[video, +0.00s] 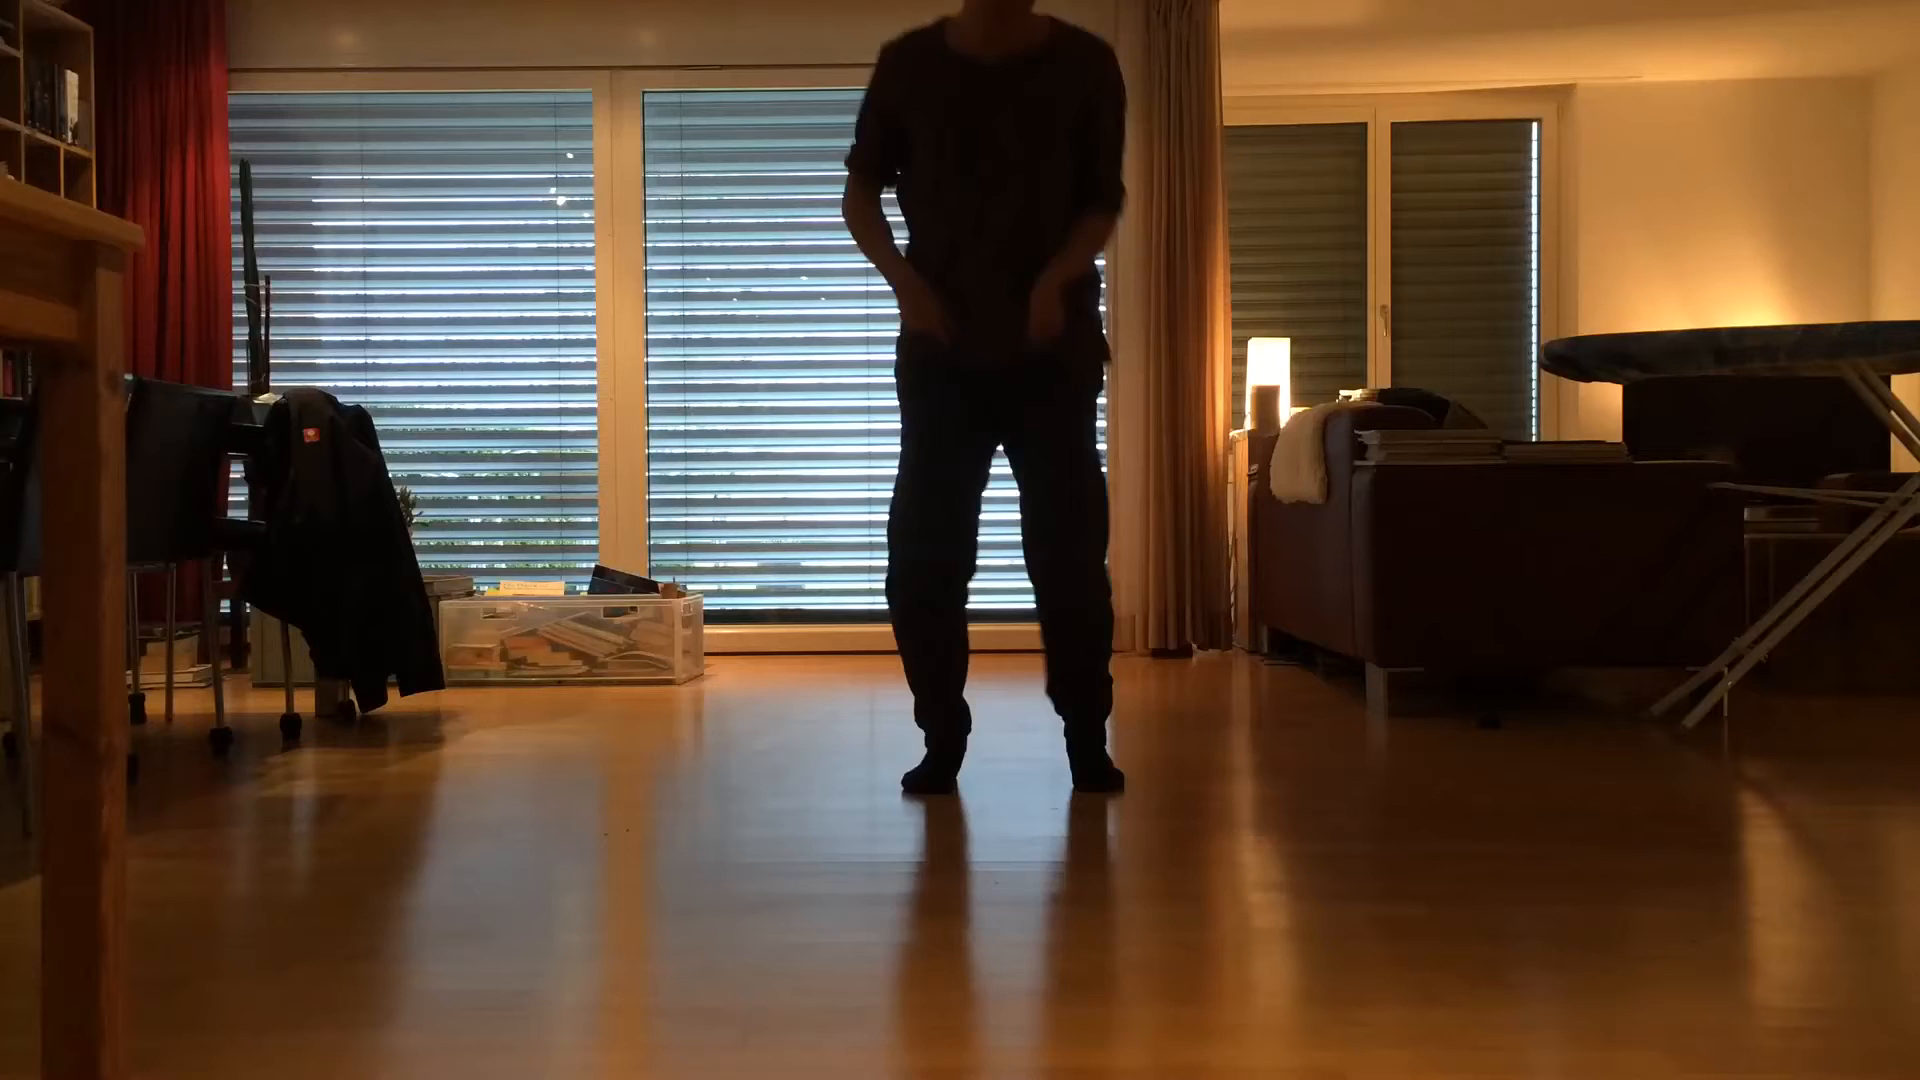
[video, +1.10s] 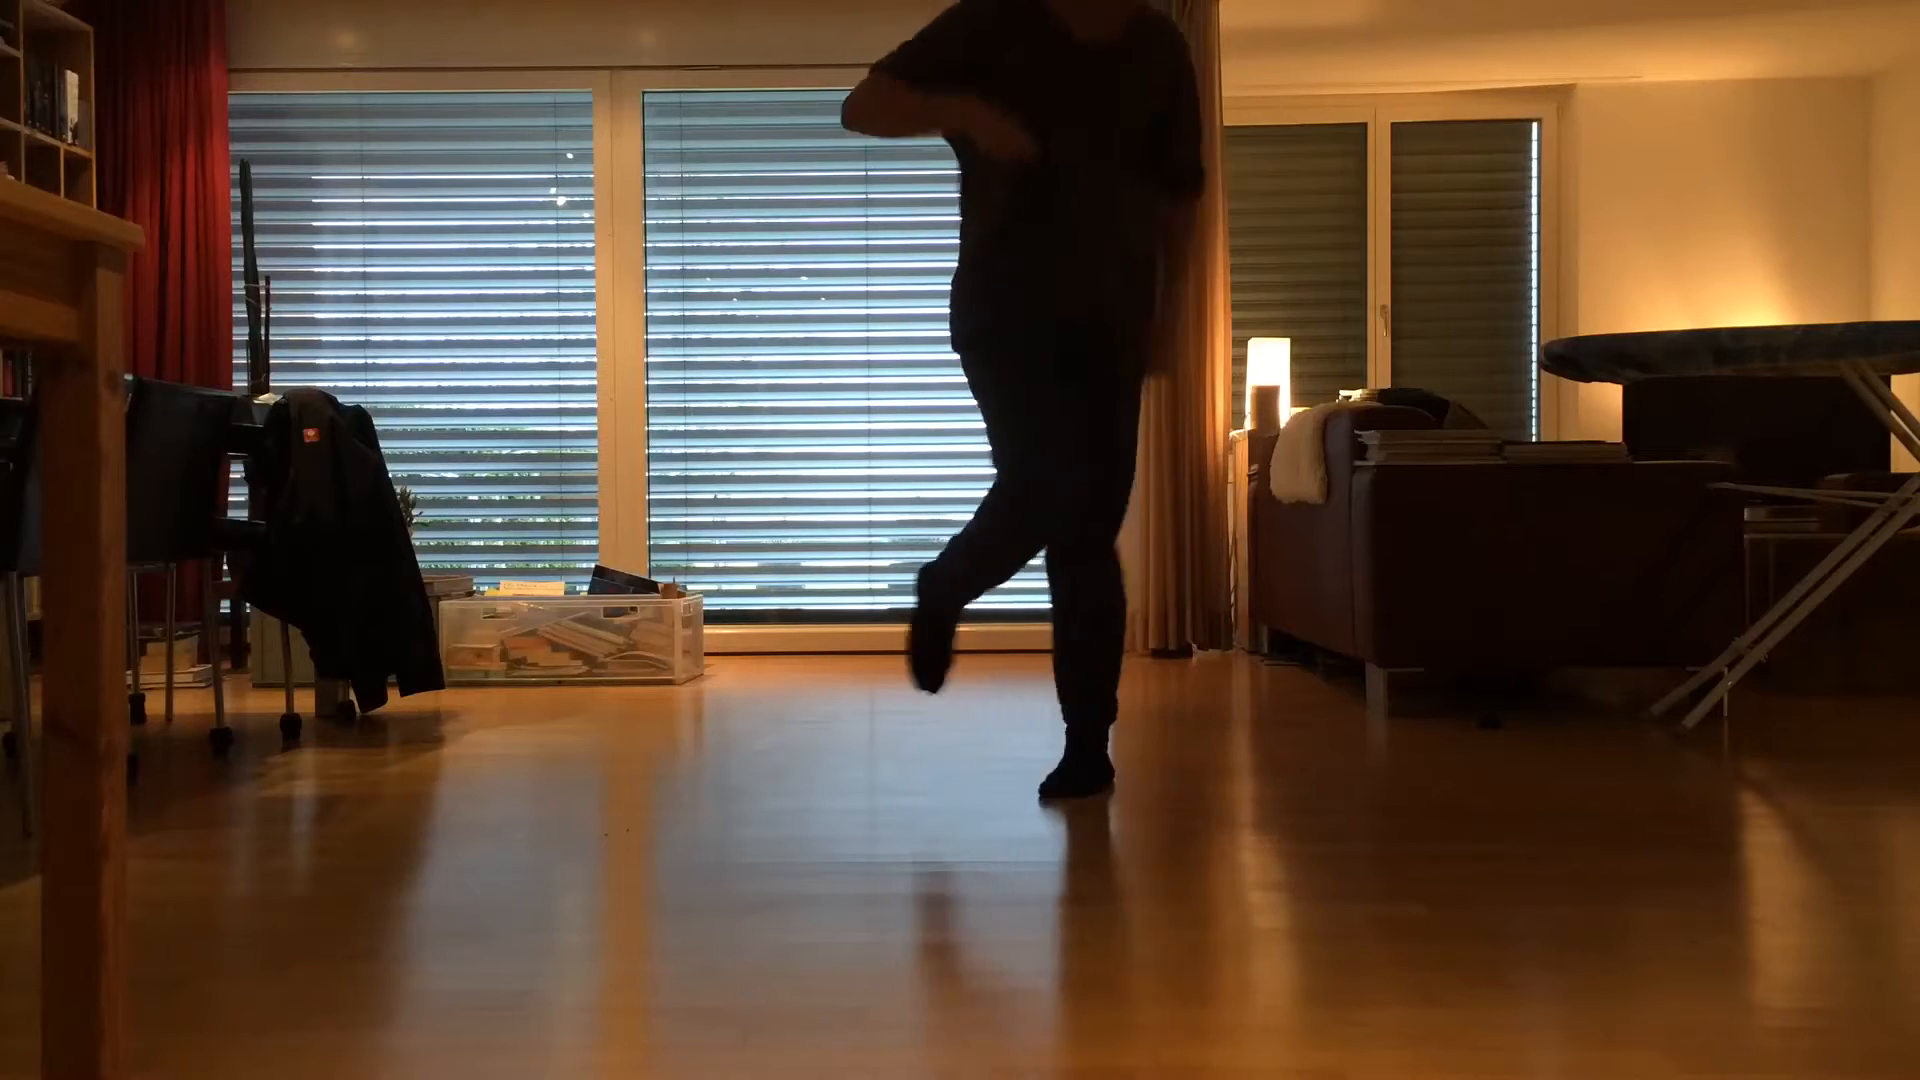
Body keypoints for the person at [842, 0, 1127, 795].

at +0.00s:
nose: (996, 3)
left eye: (1006, 2)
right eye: (987, 2)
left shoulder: (1087, 63)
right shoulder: (907, 62)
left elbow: (1104, 199)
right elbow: (860, 193)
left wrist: (1056, 279)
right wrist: (905, 285)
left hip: (1054, 348)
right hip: (941, 348)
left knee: (1069, 545)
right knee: (925, 546)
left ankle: (1087, 738)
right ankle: (942, 737)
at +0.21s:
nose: (997, 5)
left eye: (1010, 3)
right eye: (986, 2)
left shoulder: (1095, 36)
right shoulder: (921, 36)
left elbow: (1185, 132)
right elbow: (828, 136)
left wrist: (1073, 187)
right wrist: (899, 176)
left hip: (1065, 340)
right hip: (951, 338)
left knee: (1076, 545)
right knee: (932, 543)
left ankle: (1091, 736)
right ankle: (937, 738)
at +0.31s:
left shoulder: (1124, 9)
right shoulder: (926, 11)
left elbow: (1216, 64)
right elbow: (830, 98)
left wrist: (1109, 89)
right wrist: (900, 125)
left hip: (1073, 309)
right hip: (952, 311)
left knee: (1120, 511)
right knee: (906, 514)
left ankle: (1121, 716)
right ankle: (911, 715)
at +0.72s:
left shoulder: (1136, 29)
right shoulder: (951, 20)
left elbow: (1252, 107)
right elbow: (844, 90)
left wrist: (1204, 109)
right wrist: (879, 136)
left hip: (1094, 335)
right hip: (978, 337)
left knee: (1120, 542)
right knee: (971, 544)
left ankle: (1128, 741)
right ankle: (966, 741)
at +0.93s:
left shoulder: (1145, 28)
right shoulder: (975, 11)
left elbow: (1211, 155)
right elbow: (868, 90)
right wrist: (930, 124)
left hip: (1092, 320)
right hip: (982, 318)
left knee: (1128, 527)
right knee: (978, 524)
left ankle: (1151, 735)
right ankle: (956, 713)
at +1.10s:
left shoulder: (1159, 44)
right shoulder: (993, 20)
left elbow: (1181, 196)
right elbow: (864, 104)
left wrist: (1168, 319)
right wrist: (962, 113)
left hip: (1109, 317)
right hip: (1004, 311)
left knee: (1089, 533)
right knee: (1040, 488)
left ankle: (1087, 744)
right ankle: (941, 590)